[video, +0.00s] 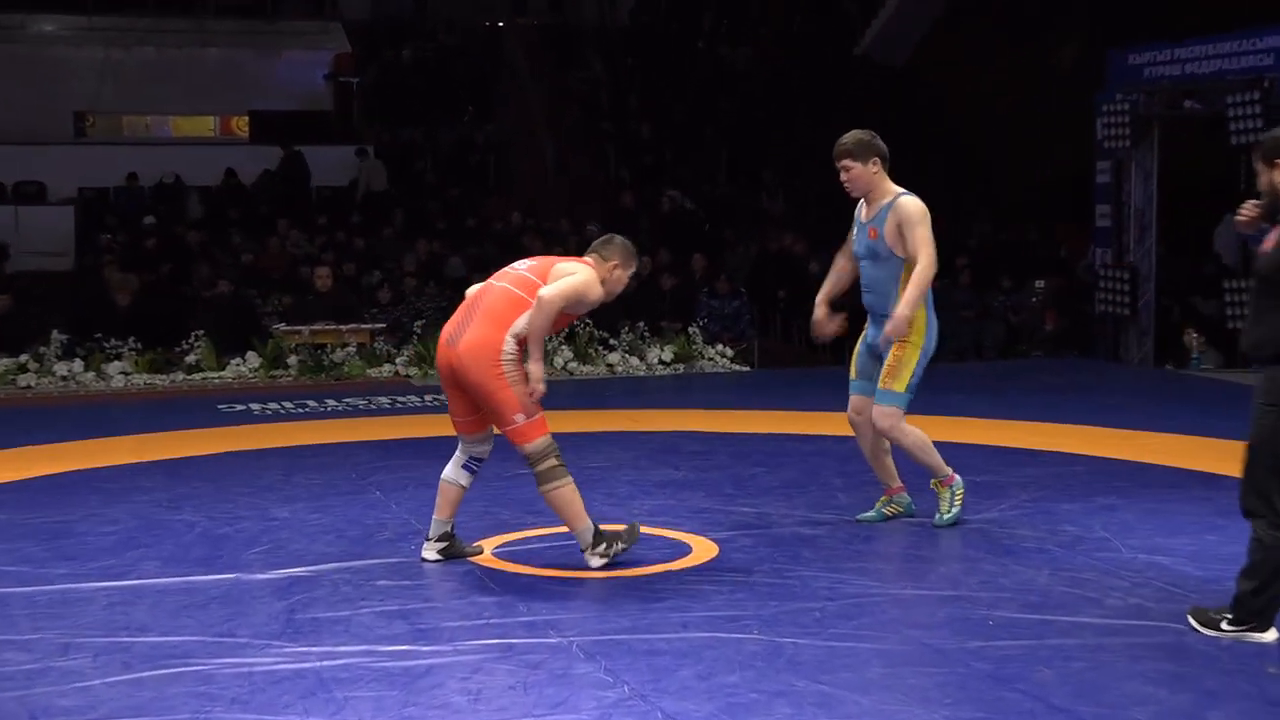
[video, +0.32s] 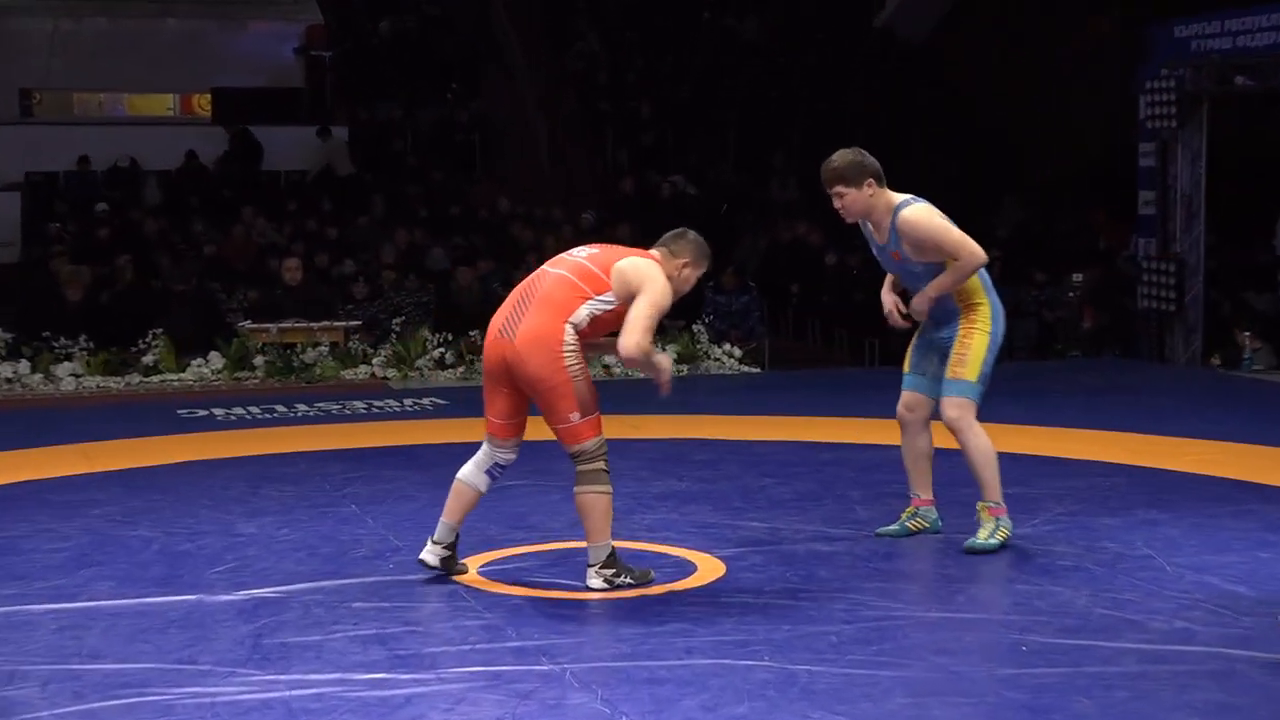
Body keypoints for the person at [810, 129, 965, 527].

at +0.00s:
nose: (843, 178)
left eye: (848, 169)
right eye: (840, 171)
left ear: (875, 166)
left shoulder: (908, 208)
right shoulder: (862, 209)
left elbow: (927, 262)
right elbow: (848, 259)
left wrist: (902, 314)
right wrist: (822, 300)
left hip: (910, 325)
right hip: (875, 325)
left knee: (887, 420)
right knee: (859, 414)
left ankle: (948, 481)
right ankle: (895, 494)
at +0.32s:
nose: (836, 205)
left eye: (841, 195)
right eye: (832, 197)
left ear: (870, 187)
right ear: (860, 192)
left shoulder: (914, 219)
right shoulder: (869, 222)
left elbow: (974, 256)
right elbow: (904, 258)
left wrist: (929, 293)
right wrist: (888, 289)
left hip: (973, 314)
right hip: (934, 318)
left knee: (957, 412)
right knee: (910, 412)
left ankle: (996, 517)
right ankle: (923, 510)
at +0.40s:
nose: (843, 215)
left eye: (848, 206)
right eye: (839, 208)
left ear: (878, 196)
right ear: (869, 200)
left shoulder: (924, 230)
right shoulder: (881, 227)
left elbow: (985, 265)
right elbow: (913, 257)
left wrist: (935, 300)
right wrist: (895, 288)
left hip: (993, 312)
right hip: (953, 315)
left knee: (976, 416)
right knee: (926, 413)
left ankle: (1008, 524)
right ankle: (930, 514)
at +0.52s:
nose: (856, 238)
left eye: (860, 228)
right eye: (852, 230)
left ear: (891, 217)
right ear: (888, 218)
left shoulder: (942, 249)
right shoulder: (903, 231)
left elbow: (997, 301)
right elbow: (926, 261)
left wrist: (933, 312)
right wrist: (904, 286)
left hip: (1026, 313)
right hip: (986, 314)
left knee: (1002, 422)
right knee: (951, 411)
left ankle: (1023, 534)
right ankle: (954, 514)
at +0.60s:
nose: (867, 257)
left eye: (871, 247)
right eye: (862, 250)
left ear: (902, 235)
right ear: (901, 234)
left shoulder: (961, 265)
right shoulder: (916, 239)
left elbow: (999, 336)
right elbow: (937, 280)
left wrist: (932, 324)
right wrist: (908, 297)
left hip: (1041, 316)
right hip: (998, 315)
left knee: (1006, 426)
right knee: (962, 412)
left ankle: (1030, 539)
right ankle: (1000, 510)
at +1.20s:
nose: (811, 252)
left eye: (808, 239)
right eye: (804, 242)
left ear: (830, 220)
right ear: (808, 228)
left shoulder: (880, 226)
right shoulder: (828, 248)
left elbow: (811, 245)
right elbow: (762, 292)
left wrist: (753, 226)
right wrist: (741, 234)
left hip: (988, 303)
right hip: (935, 320)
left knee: (1008, 414)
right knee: (889, 420)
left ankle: (1053, 531)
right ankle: (892, 526)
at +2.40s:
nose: (776, 410)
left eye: (775, 403)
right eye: (763, 402)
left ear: (789, 374)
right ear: (743, 361)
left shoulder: (826, 359)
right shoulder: (743, 320)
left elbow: (804, 443)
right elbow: (676, 356)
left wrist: (749, 509)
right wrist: (640, 293)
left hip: (911, 304)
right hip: (848, 292)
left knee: (931, 427)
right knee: (807, 398)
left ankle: (1030, 455)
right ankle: (801, 496)